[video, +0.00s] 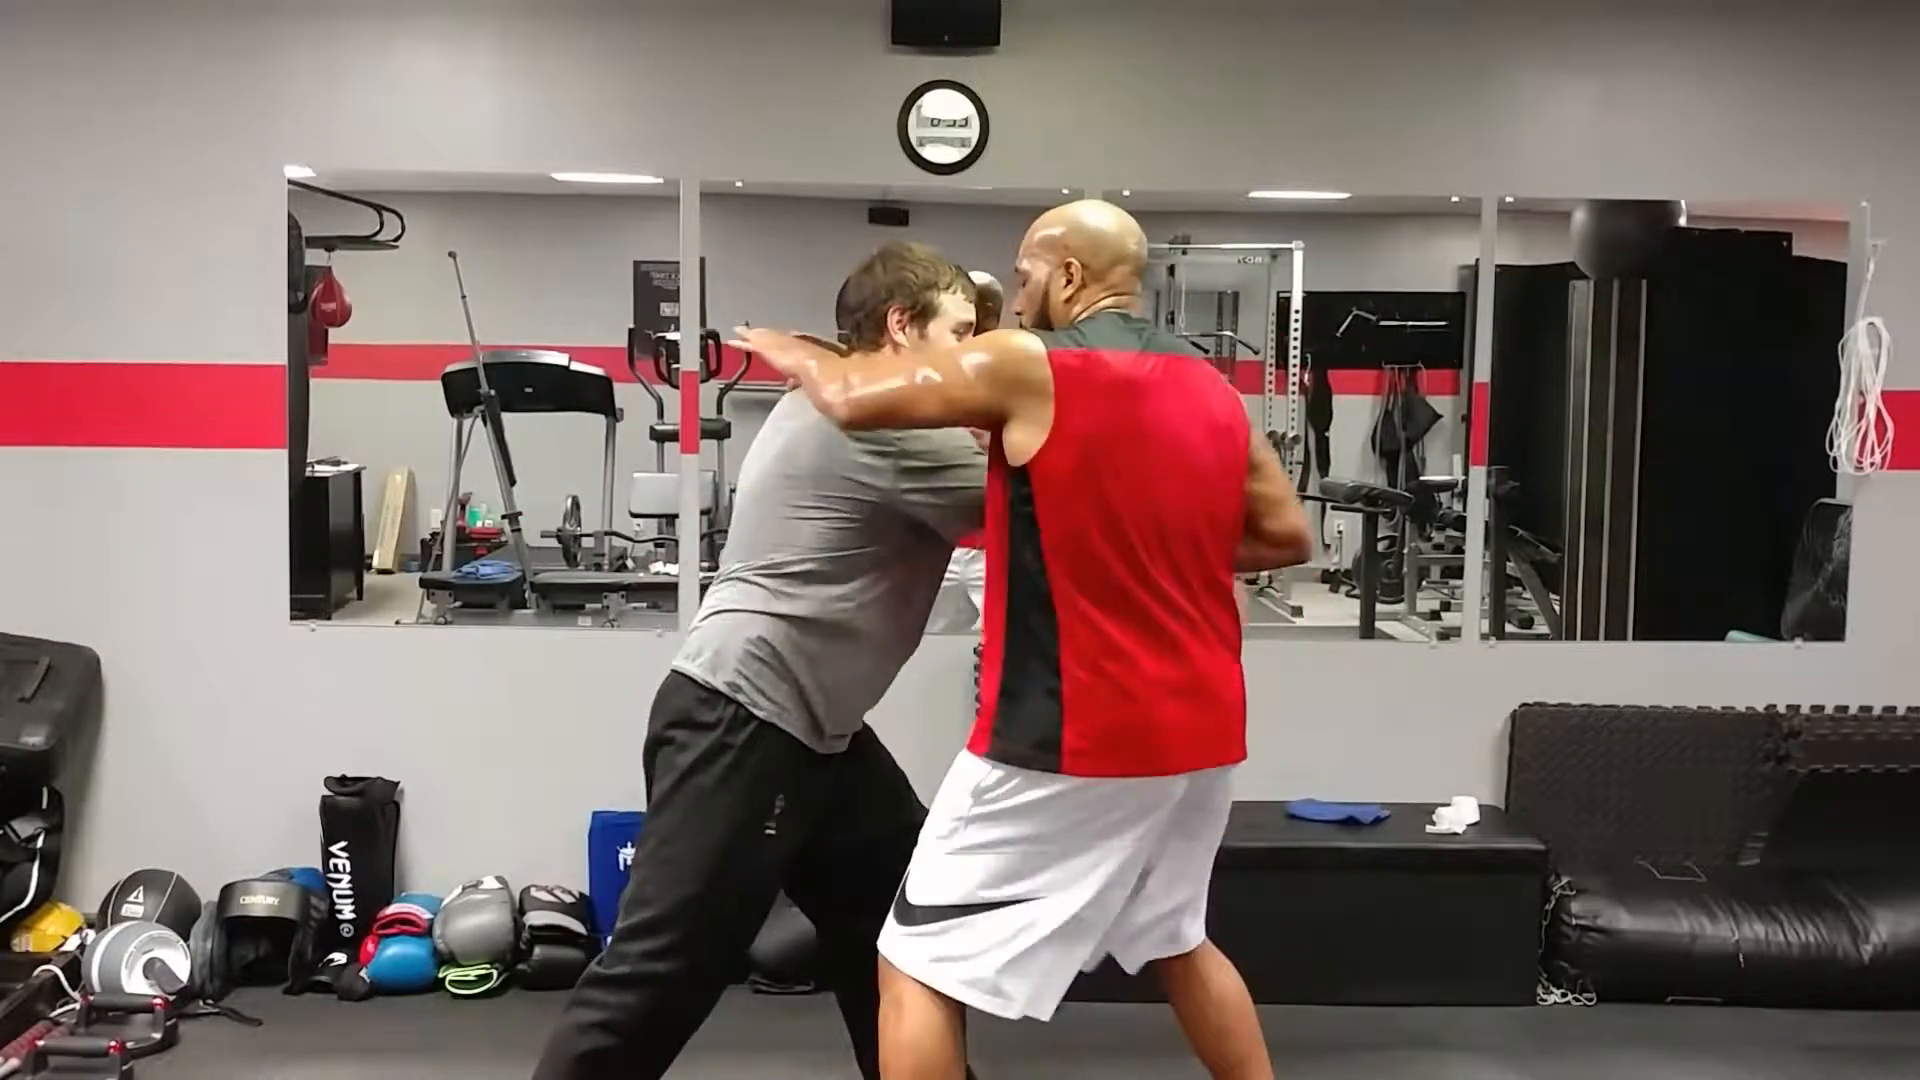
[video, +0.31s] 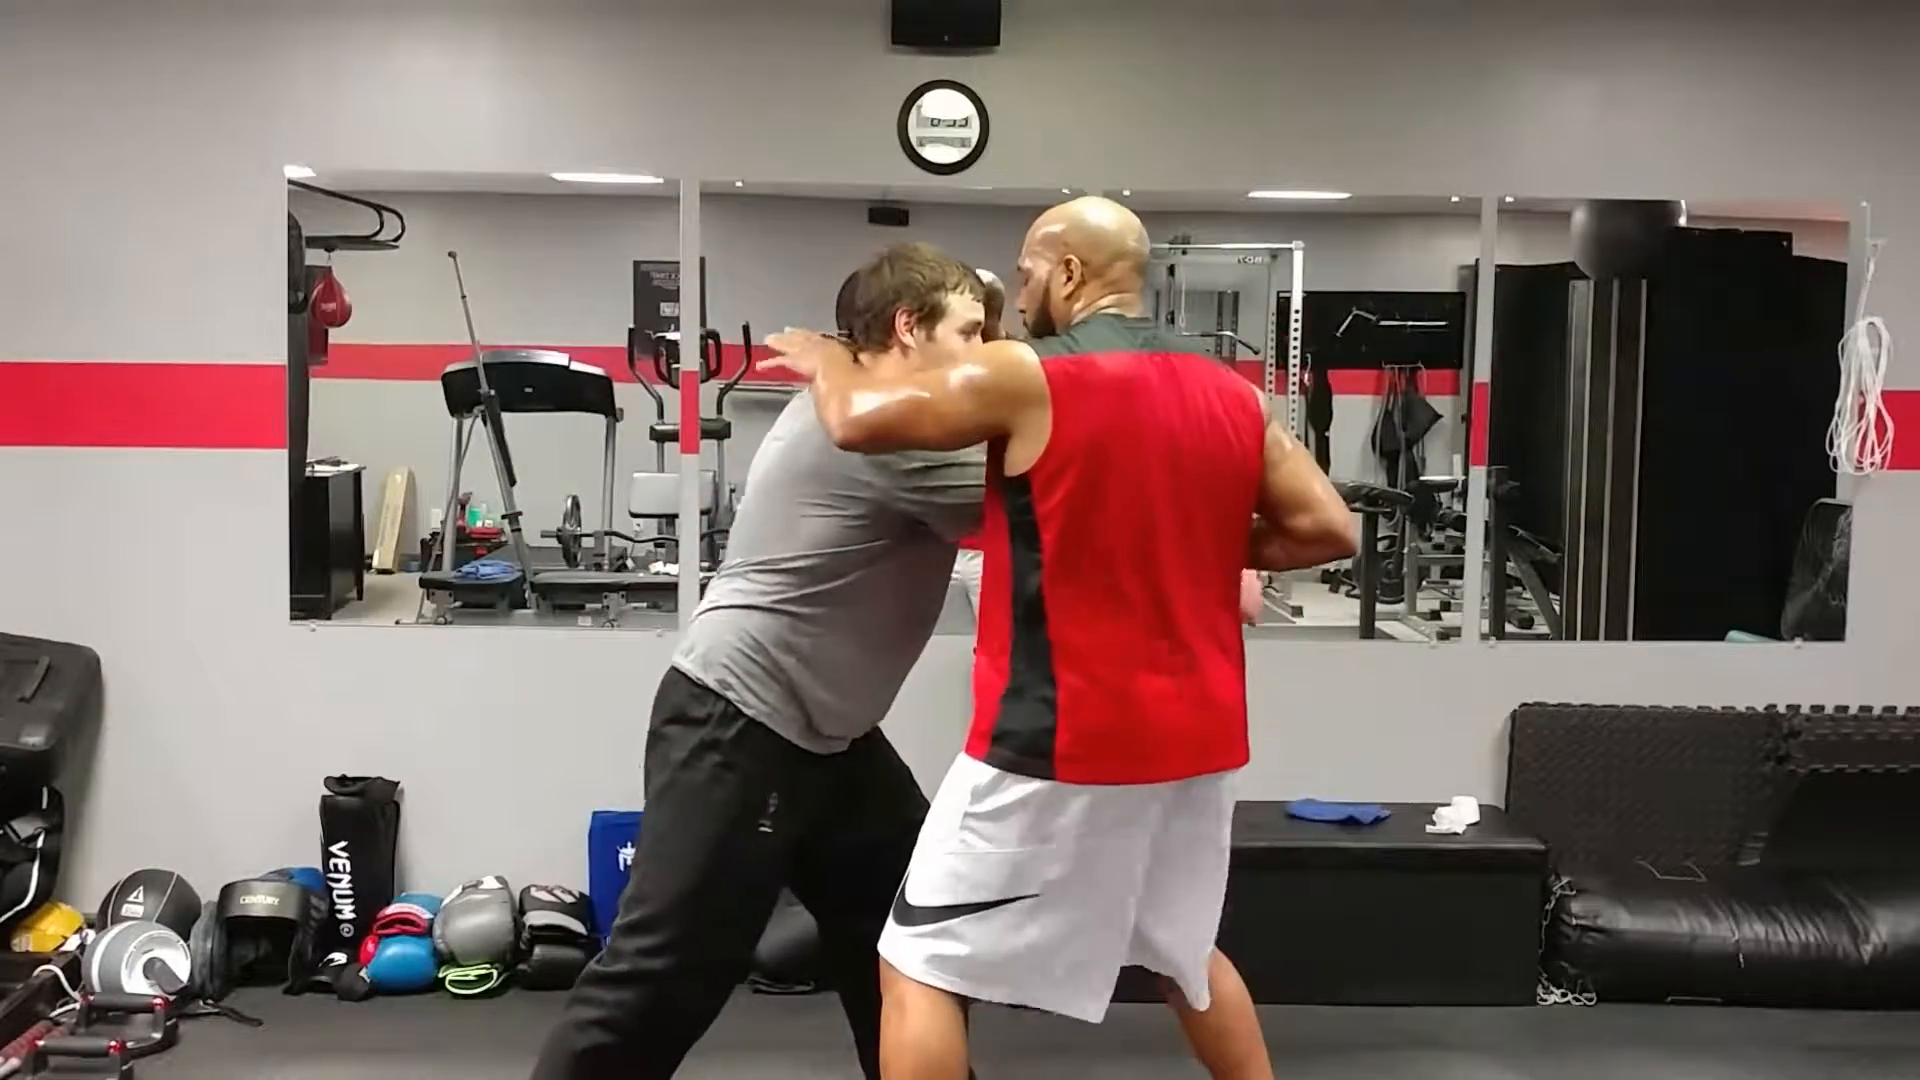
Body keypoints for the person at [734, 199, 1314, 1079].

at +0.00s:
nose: (1013, 288)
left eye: (1023, 272)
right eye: (1016, 272)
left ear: (1067, 275)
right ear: (1127, 280)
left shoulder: (1023, 359)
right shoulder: (1212, 388)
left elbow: (853, 396)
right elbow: (1285, 533)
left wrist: (796, 353)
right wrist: (1166, 550)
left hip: (1060, 728)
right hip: (1204, 722)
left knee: (915, 963)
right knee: (1178, 938)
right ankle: (1256, 1079)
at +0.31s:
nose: (1018, 289)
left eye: (1027, 273)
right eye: (1021, 273)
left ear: (1069, 273)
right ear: (1134, 279)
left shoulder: (1021, 374)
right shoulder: (1231, 393)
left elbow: (855, 420)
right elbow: (1327, 530)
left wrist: (825, 354)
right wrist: (1194, 537)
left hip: (1052, 738)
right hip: (1201, 733)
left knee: (919, 964)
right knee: (1185, 949)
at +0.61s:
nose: (1100, 268)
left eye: (1110, 249)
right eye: (1101, 250)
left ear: (1163, 247)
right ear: (1201, 253)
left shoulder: (1130, 355)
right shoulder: (1298, 359)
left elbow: (963, 433)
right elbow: (1378, 506)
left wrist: (841, 389)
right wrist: (1270, 549)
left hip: (1165, 699)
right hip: (1299, 694)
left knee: (1014, 937)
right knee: (1222, 925)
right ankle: (1276, 1075)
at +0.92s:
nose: (1146, 252)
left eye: (1161, 230)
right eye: (1149, 231)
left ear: (1223, 233)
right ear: (1240, 238)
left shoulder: (1218, 344)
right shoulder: (1313, 327)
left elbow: (1078, 459)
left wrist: (922, 492)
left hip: (1254, 691)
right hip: (1341, 679)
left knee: (1169, 935)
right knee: (1266, 925)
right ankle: (1286, 1078)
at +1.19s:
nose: (1178, 282)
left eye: (1194, 262)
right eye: (1179, 262)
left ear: (1260, 265)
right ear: (1269, 268)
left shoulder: (1284, 383)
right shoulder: (1328, 351)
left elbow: (1298, 576)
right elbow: (1345, 543)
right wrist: (1242, 641)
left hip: (1313, 724)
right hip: (1386, 708)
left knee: (1210, 948)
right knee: (1358, 927)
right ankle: (1421, 1071)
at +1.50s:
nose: (1225, 272)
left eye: (1242, 254)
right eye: (1228, 253)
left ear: (1305, 262)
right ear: (1316, 264)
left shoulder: (1310, 369)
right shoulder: (1365, 344)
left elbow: (1305, 549)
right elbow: (1384, 526)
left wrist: (1245, 626)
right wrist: (1283, 613)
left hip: (1360, 697)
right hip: (1436, 685)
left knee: (1260, 927)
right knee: (1383, 907)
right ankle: (1435, 1071)